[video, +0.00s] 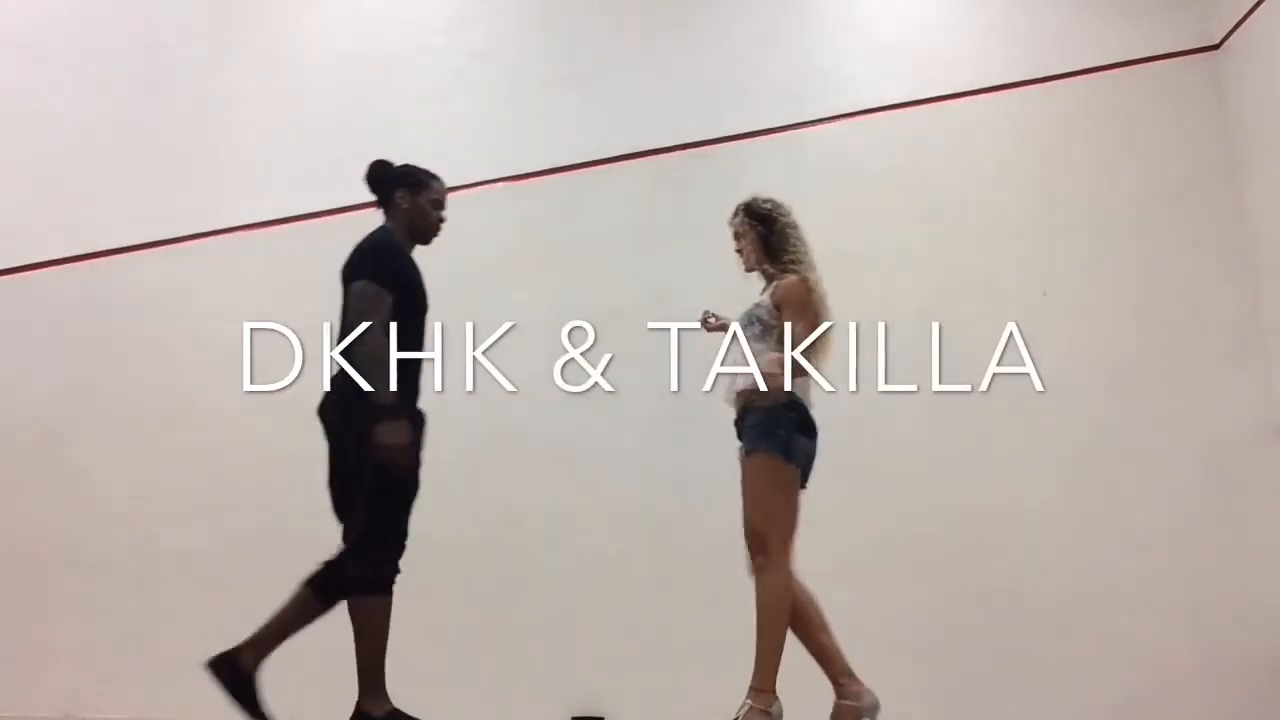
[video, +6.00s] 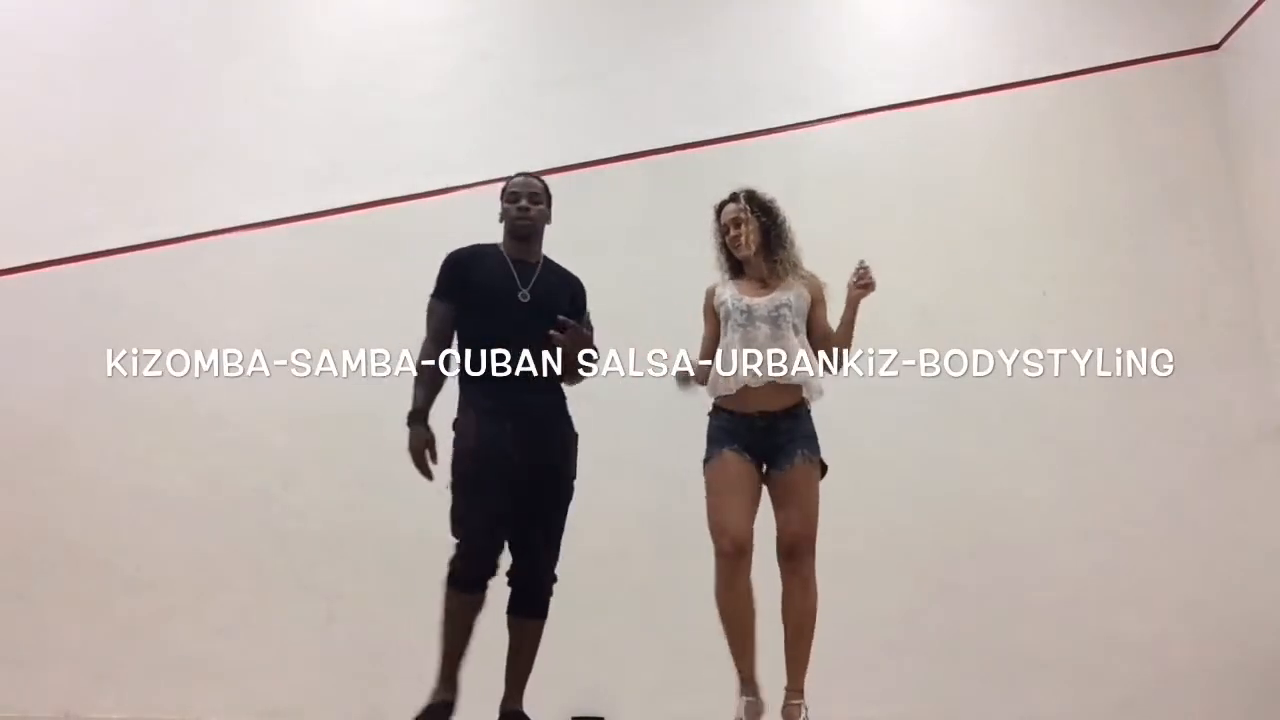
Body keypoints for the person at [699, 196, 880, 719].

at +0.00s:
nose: (736, 246)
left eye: (740, 236)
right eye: (734, 238)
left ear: (764, 235)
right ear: (760, 239)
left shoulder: (791, 286)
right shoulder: (776, 292)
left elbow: (806, 354)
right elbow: (772, 352)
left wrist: (759, 381)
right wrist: (730, 329)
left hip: (777, 422)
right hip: (763, 422)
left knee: (769, 558)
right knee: (769, 564)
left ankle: (762, 698)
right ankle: (850, 689)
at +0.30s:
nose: (708, 237)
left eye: (714, 228)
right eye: (708, 229)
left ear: (737, 229)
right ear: (731, 232)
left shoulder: (764, 280)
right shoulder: (743, 288)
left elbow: (751, 350)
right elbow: (736, 359)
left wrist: (705, 335)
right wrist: (700, 344)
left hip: (758, 421)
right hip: (733, 424)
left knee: (761, 553)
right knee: (698, 552)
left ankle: (766, 692)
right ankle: (771, 668)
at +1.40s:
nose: (697, 237)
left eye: (705, 227)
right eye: (692, 231)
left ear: (731, 230)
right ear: (691, 241)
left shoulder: (774, 292)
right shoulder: (689, 294)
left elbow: (794, 359)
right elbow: (665, 366)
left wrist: (774, 378)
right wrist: (684, 312)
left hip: (760, 428)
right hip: (701, 428)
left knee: (773, 546)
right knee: (702, 557)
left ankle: (773, 686)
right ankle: (704, 694)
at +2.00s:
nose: (740, 250)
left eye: (747, 240)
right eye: (734, 243)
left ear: (771, 240)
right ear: (729, 250)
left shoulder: (810, 300)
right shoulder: (726, 305)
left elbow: (827, 375)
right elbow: (708, 376)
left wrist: (801, 365)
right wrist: (727, 369)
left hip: (798, 430)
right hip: (740, 431)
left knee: (801, 556)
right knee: (745, 533)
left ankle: (794, 695)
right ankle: (755, 678)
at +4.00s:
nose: (746, 224)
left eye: (756, 216)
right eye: (737, 220)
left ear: (777, 227)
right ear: (730, 237)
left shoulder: (804, 283)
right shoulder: (720, 295)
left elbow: (844, 351)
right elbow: (710, 367)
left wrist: (818, 303)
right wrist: (684, 425)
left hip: (788, 429)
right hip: (725, 428)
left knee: (796, 553)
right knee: (720, 552)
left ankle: (806, 695)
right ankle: (709, 692)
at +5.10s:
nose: (727, 229)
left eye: (734, 219)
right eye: (720, 225)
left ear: (759, 225)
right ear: (717, 239)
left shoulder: (796, 286)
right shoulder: (713, 297)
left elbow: (828, 350)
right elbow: (704, 372)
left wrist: (846, 290)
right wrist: (657, 344)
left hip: (790, 430)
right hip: (728, 431)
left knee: (790, 556)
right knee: (717, 549)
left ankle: (782, 695)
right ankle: (715, 687)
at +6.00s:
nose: (735, 231)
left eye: (743, 221)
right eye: (727, 227)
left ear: (766, 224)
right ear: (723, 239)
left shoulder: (806, 286)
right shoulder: (719, 295)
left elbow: (831, 356)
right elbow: (707, 369)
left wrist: (854, 304)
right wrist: (691, 372)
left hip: (792, 429)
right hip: (730, 430)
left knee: (796, 554)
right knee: (730, 549)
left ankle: (794, 695)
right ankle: (747, 690)